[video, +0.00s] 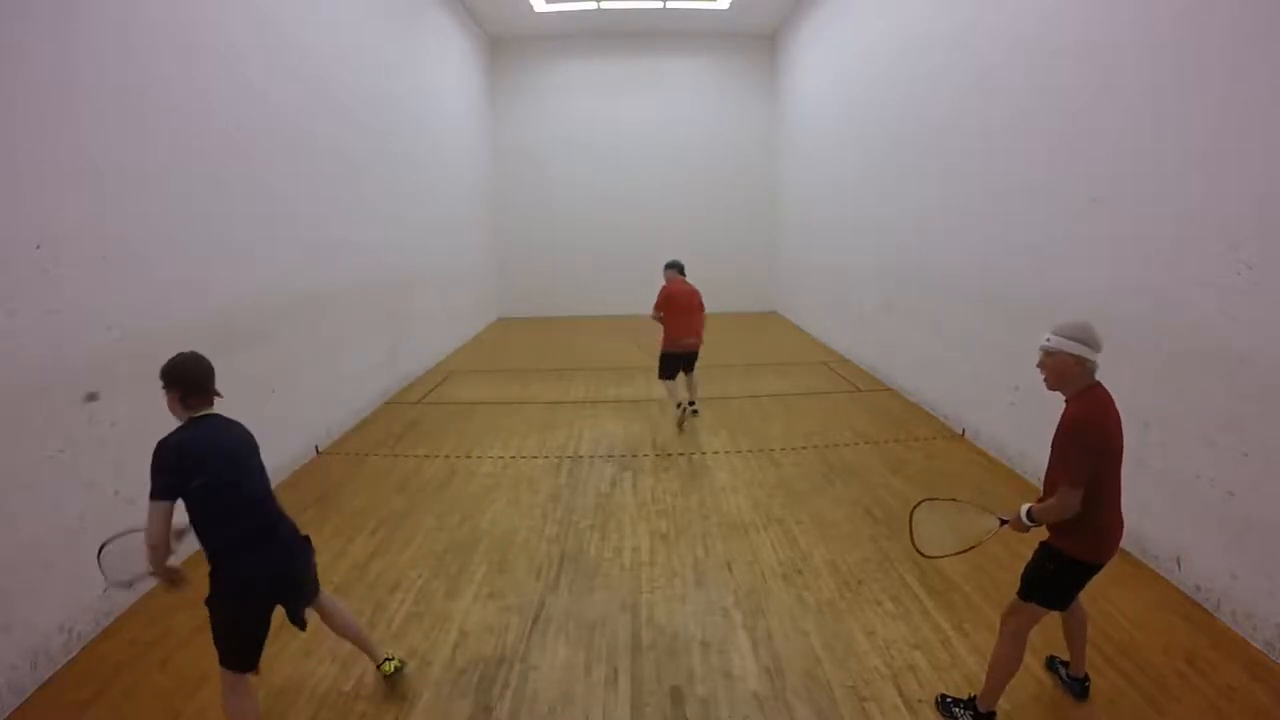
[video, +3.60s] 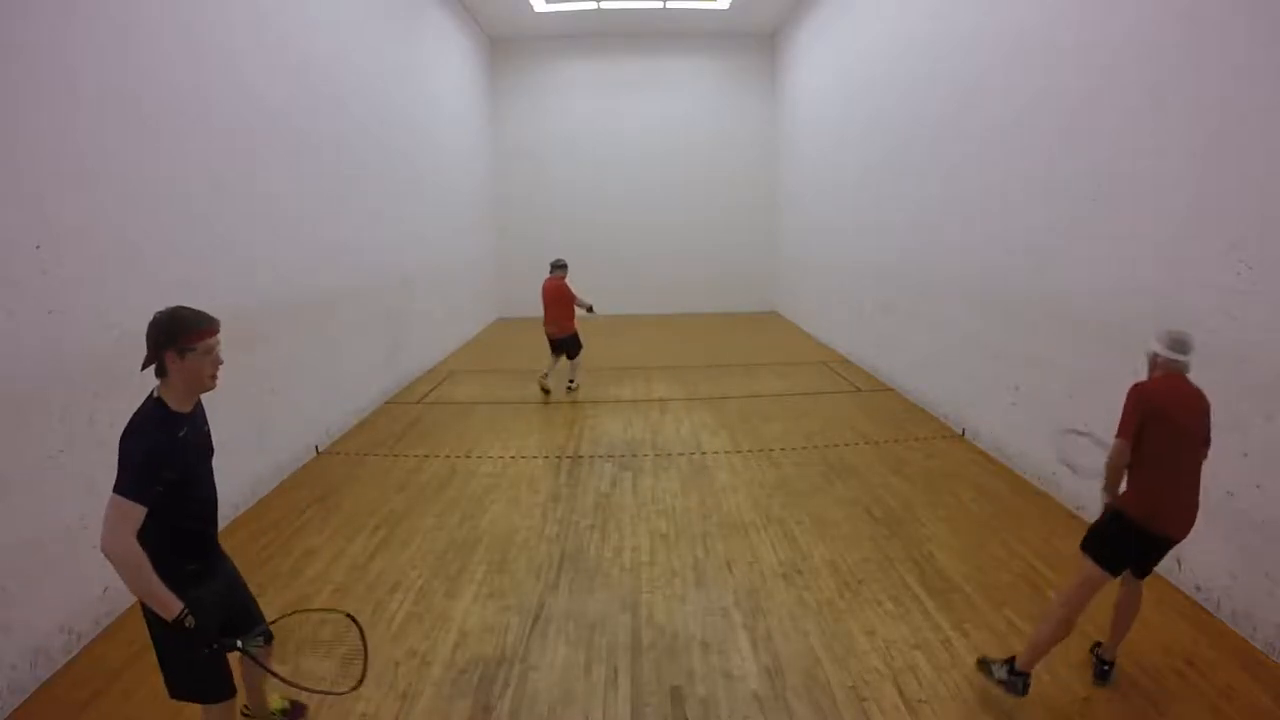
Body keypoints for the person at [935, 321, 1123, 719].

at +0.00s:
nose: (1039, 366)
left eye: (1047, 359)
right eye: (1041, 358)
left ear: (1075, 364)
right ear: (1076, 365)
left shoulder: (1081, 418)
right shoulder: (1096, 402)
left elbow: (1070, 501)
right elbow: (1084, 480)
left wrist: (1027, 516)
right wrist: (1044, 507)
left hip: (1074, 543)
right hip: (1096, 535)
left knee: (1015, 621)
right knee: (1068, 597)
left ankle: (983, 707)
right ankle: (1077, 675)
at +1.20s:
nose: (1098, 367)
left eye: (1103, 358)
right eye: (1098, 358)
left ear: (1126, 359)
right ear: (1134, 361)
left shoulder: (1125, 410)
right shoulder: (1158, 402)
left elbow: (1093, 485)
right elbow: (1139, 475)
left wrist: (1048, 467)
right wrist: (1091, 493)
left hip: (1115, 536)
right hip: (1143, 536)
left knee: (1052, 612)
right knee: (1093, 601)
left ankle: (1043, 706)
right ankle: (1077, 673)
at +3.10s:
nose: (1066, 380)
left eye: (1067, 374)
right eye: (1068, 374)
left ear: (1072, 379)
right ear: (1110, 381)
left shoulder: (1063, 425)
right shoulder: (1133, 427)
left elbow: (1040, 503)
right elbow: (1158, 508)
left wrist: (1053, 526)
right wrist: (1127, 533)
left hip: (1077, 564)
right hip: (1127, 563)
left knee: (1015, 640)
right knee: (1096, 608)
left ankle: (996, 715)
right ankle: (1092, 687)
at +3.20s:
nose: (1078, 385)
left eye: (1080, 380)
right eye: (1082, 380)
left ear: (1085, 383)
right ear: (1123, 388)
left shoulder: (1070, 425)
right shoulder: (1142, 435)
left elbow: (1038, 496)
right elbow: (1164, 512)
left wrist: (1045, 524)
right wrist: (1156, 560)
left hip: (1075, 566)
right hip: (1127, 567)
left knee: (1013, 640)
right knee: (1106, 605)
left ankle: (996, 714)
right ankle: (1100, 672)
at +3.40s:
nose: (1124, 389)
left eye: (1125, 384)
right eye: (1130, 385)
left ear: (1126, 387)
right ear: (1161, 393)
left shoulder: (1106, 421)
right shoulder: (1175, 441)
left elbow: (1062, 472)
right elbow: (1193, 511)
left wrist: (1034, 502)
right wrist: (1209, 558)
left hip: (1096, 550)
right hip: (1143, 557)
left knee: (1041, 639)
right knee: (1118, 593)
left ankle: (995, 716)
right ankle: (1105, 660)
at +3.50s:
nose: (1140, 385)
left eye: (1142, 380)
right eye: (1146, 381)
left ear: (1144, 381)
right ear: (1177, 388)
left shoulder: (1129, 413)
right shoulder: (1186, 430)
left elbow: (1098, 463)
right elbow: (1192, 485)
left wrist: (1066, 496)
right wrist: (1193, 513)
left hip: (1115, 537)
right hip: (1159, 545)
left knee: (1057, 619)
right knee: (1122, 584)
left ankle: (1001, 705)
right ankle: (1105, 660)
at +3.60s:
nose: (1147, 362)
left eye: (1150, 356)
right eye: (1151, 357)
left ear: (1156, 359)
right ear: (1186, 364)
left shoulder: (1144, 392)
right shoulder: (1200, 401)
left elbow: (1120, 453)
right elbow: (1199, 455)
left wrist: (1110, 493)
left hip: (1137, 510)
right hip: (1178, 520)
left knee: (1080, 590)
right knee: (1133, 579)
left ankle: (1019, 669)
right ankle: (1107, 659)